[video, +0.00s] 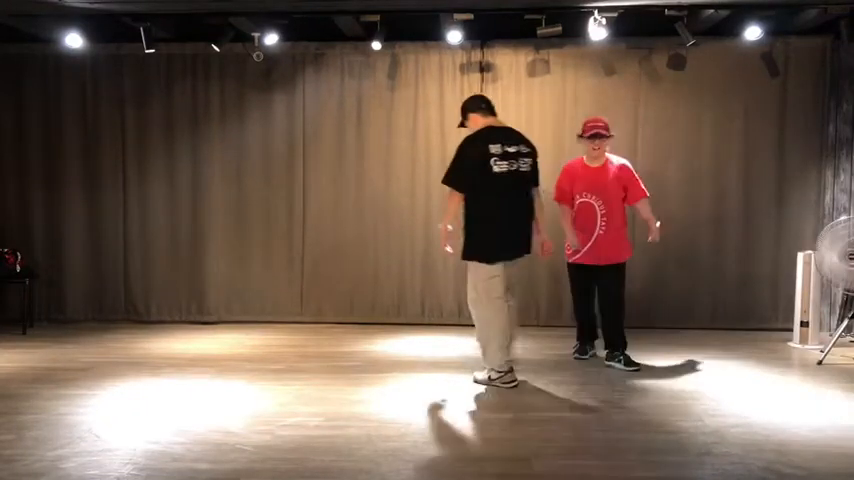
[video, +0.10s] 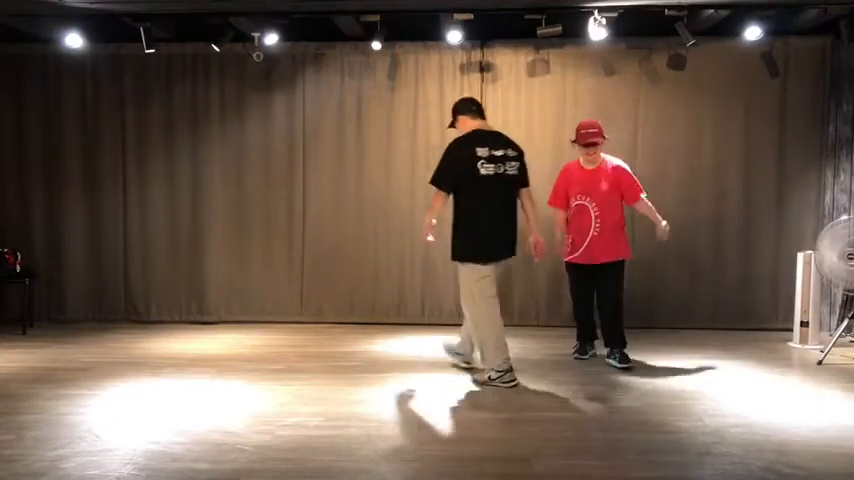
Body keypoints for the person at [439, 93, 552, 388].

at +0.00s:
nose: (468, 128)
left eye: (467, 123)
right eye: (467, 124)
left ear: (473, 117)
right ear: (492, 113)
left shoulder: (473, 143)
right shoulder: (523, 141)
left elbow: (456, 192)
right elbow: (535, 193)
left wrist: (447, 227)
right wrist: (541, 232)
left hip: (484, 237)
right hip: (516, 235)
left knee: (485, 301)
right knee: (503, 296)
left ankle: (499, 369)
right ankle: (504, 359)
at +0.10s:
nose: (456, 128)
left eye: (456, 124)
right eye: (456, 124)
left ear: (461, 120)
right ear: (482, 116)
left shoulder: (461, 146)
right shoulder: (510, 146)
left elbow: (442, 191)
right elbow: (525, 193)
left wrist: (430, 220)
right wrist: (534, 231)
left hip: (472, 239)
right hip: (503, 237)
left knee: (484, 303)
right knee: (475, 296)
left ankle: (500, 368)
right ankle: (466, 347)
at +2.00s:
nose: (253, 128)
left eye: (259, 123)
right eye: (250, 123)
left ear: (272, 125)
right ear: (246, 126)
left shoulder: (280, 157)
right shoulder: (247, 151)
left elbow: (276, 198)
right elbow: (238, 187)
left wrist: (272, 232)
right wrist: (229, 217)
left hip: (264, 233)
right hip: (242, 228)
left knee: (259, 288)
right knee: (228, 270)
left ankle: (254, 331)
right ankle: (267, 305)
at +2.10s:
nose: (247, 126)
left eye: (253, 120)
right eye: (243, 120)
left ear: (265, 123)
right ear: (239, 124)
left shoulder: (275, 154)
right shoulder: (236, 151)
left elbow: (275, 194)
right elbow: (234, 188)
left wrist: (254, 226)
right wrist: (231, 219)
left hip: (261, 229)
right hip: (234, 225)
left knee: (257, 285)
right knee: (216, 269)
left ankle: (254, 330)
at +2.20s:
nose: (240, 125)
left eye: (246, 120)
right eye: (236, 120)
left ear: (257, 123)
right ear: (230, 123)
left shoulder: (270, 154)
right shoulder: (225, 152)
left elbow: (273, 193)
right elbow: (224, 189)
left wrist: (243, 217)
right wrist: (221, 217)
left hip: (255, 234)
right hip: (225, 231)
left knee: (254, 288)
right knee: (209, 280)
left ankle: (254, 333)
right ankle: (202, 336)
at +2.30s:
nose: (232, 126)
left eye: (238, 121)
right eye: (228, 121)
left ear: (249, 124)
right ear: (223, 124)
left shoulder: (262, 154)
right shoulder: (215, 154)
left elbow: (270, 193)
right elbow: (209, 193)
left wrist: (239, 217)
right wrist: (211, 221)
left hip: (249, 235)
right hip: (217, 233)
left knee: (250, 288)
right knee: (206, 284)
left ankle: (253, 332)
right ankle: (196, 342)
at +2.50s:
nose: (222, 123)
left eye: (228, 117)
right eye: (217, 118)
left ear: (238, 121)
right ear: (210, 122)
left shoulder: (253, 153)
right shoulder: (200, 153)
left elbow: (262, 195)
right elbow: (184, 193)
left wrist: (260, 231)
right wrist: (175, 232)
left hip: (241, 239)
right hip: (207, 238)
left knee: (242, 291)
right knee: (198, 293)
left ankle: (227, 323)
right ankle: (196, 344)